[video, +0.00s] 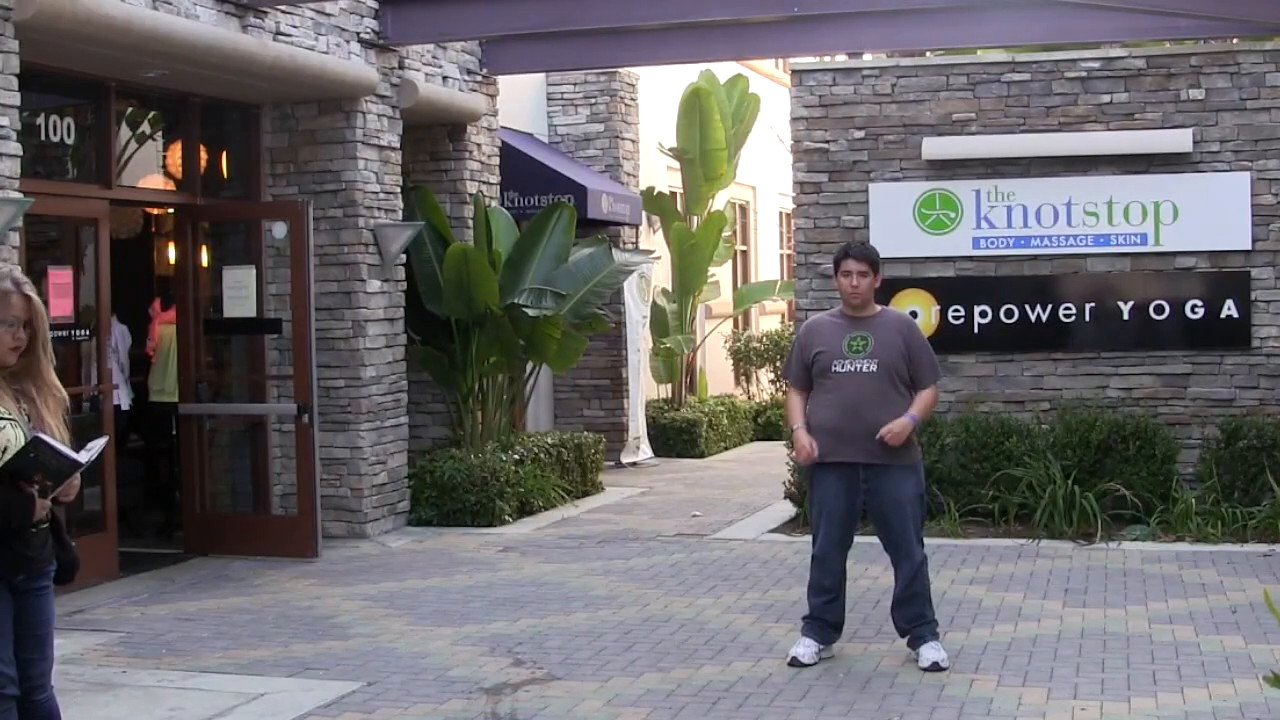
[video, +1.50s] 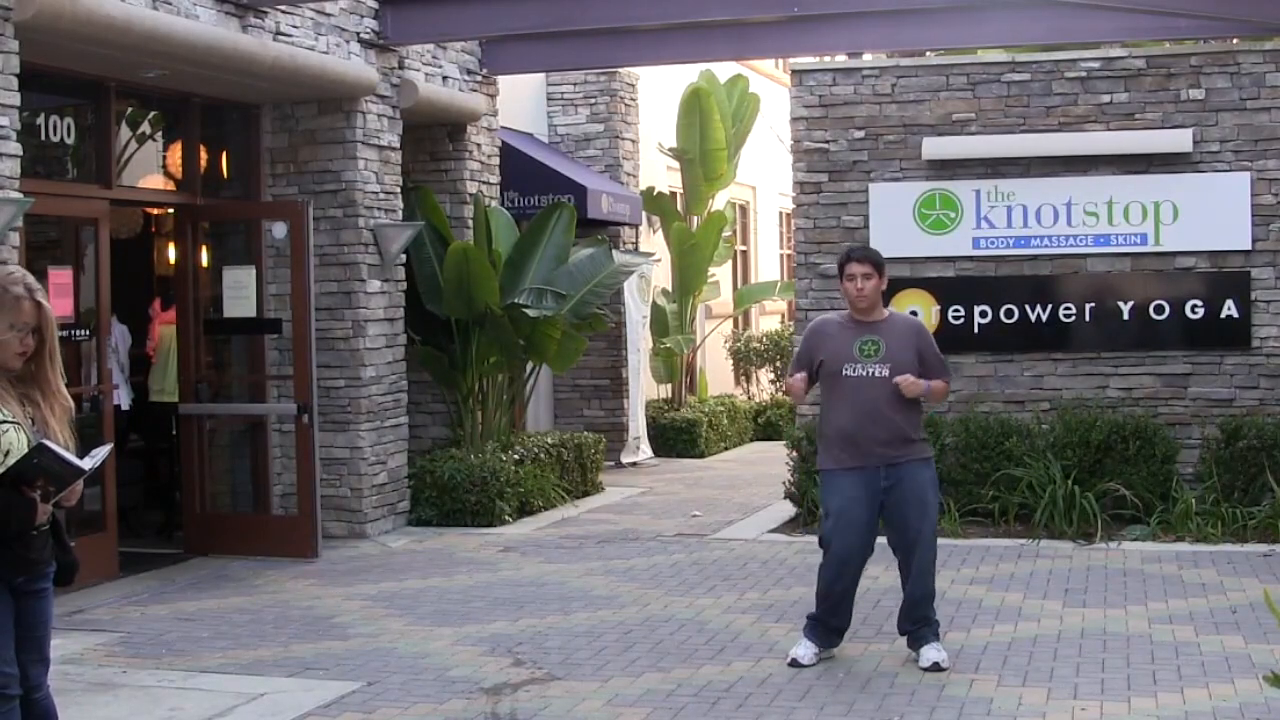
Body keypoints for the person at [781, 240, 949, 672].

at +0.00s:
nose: (853, 282)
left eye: (861, 275)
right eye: (846, 274)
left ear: (876, 279)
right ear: (835, 280)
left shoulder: (902, 327)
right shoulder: (812, 331)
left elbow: (928, 387)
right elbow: (797, 387)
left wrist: (910, 420)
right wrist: (799, 430)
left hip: (894, 462)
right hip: (831, 463)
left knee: (909, 553)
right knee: (826, 551)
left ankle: (923, 636)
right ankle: (817, 634)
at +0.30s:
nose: (851, 282)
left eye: (859, 274)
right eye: (844, 274)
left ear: (874, 280)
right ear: (832, 280)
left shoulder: (899, 327)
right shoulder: (810, 331)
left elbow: (929, 386)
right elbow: (793, 386)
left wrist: (906, 410)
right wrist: (799, 416)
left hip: (886, 461)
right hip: (822, 461)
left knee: (899, 548)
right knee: (819, 549)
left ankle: (922, 636)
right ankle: (817, 633)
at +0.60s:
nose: (853, 281)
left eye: (861, 273)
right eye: (845, 274)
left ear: (875, 279)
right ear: (834, 280)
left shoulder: (902, 326)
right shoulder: (813, 329)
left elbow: (934, 383)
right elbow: (791, 392)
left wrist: (910, 404)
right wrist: (804, 390)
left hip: (895, 461)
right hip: (830, 462)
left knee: (910, 549)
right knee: (824, 549)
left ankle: (923, 636)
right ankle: (818, 634)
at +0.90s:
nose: (855, 280)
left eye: (864, 272)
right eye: (847, 272)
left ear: (879, 278)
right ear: (837, 279)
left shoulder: (904, 327)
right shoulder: (813, 326)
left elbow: (930, 392)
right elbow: (789, 375)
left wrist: (902, 381)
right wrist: (798, 393)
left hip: (897, 460)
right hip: (831, 461)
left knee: (910, 551)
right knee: (826, 550)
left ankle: (923, 636)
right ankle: (818, 634)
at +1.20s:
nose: (854, 287)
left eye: (862, 279)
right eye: (846, 279)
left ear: (879, 283)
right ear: (837, 285)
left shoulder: (908, 330)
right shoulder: (819, 332)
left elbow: (935, 395)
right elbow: (793, 394)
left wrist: (907, 395)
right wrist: (813, 387)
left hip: (897, 465)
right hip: (831, 464)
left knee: (908, 548)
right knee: (823, 550)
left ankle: (922, 637)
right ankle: (818, 634)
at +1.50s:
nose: (859, 286)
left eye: (866, 278)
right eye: (850, 279)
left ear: (882, 282)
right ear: (841, 285)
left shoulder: (912, 329)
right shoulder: (821, 332)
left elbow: (941, 386)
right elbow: (799, 385)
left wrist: (921, 387)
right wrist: (796, 387)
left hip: (908, 459)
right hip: (844, 464)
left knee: (920, 548)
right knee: (842, 551)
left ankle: (925, 636)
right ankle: (820, 635)